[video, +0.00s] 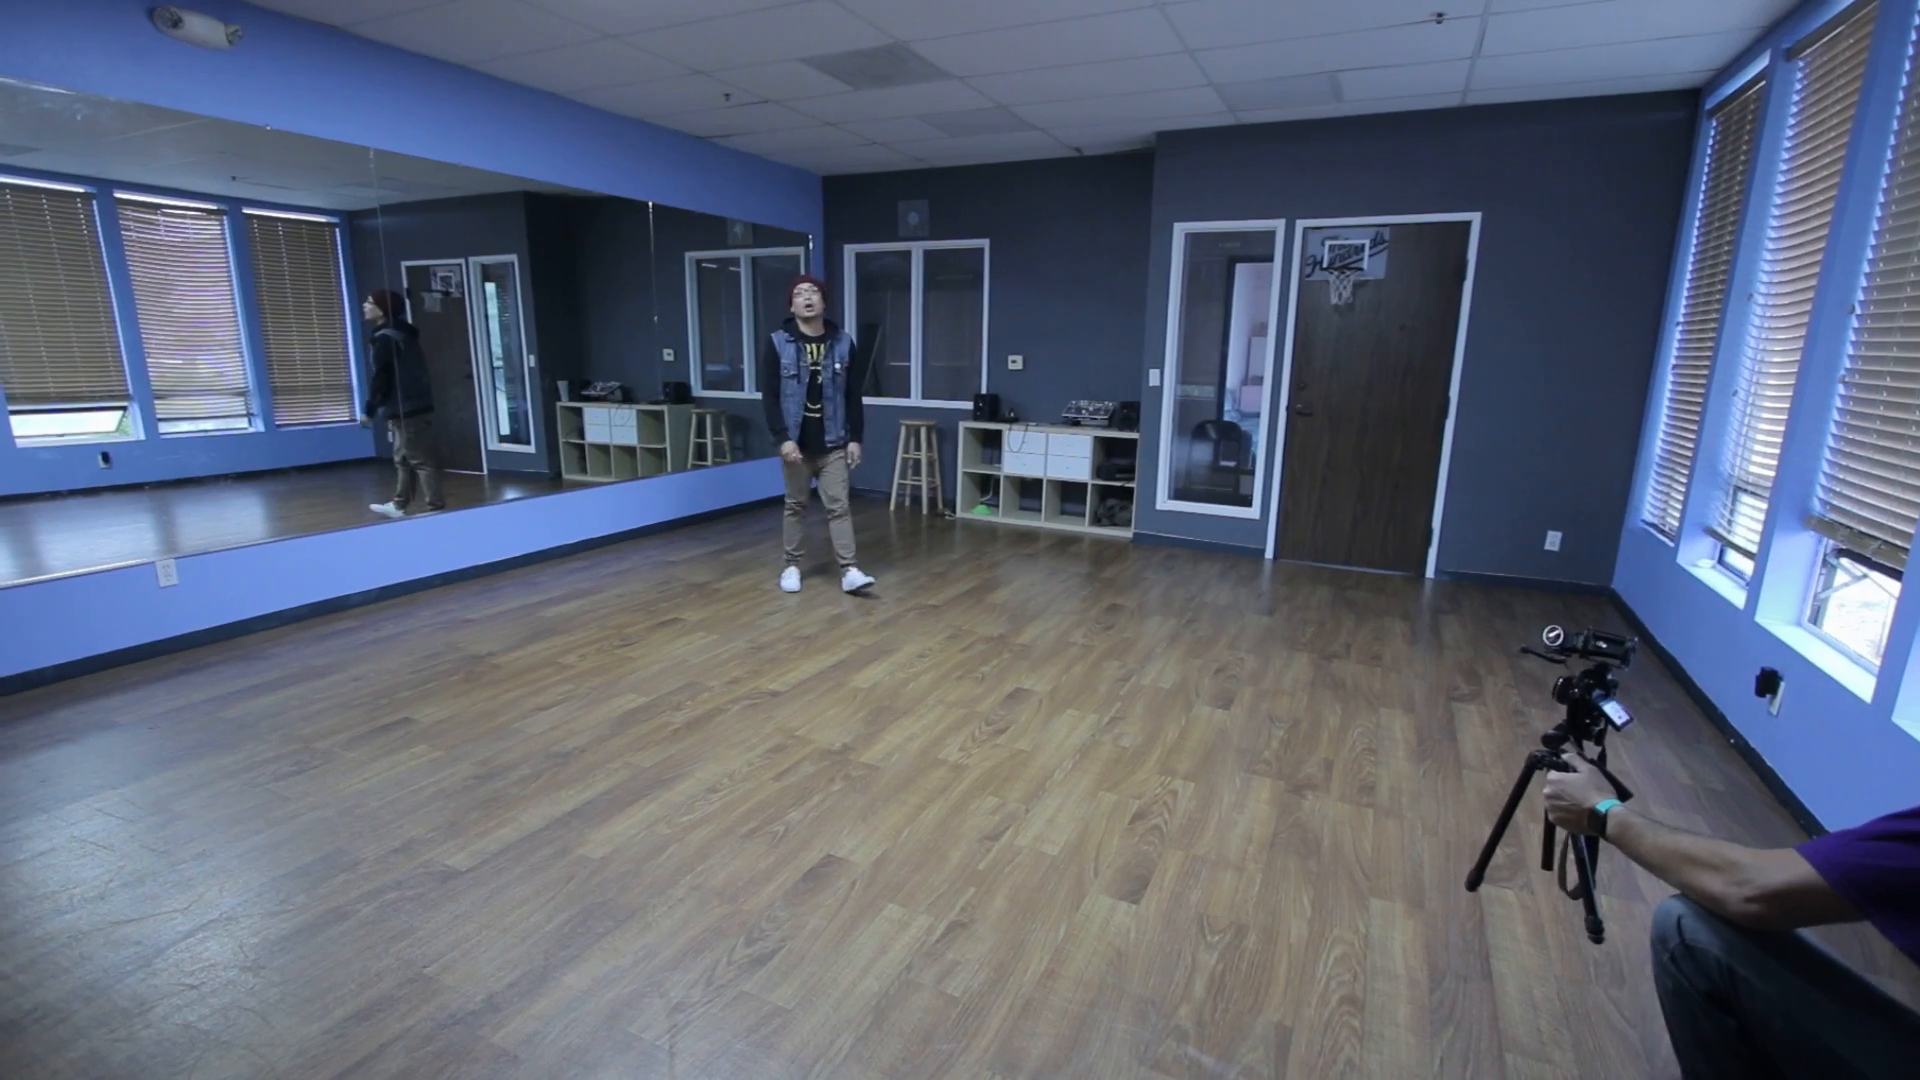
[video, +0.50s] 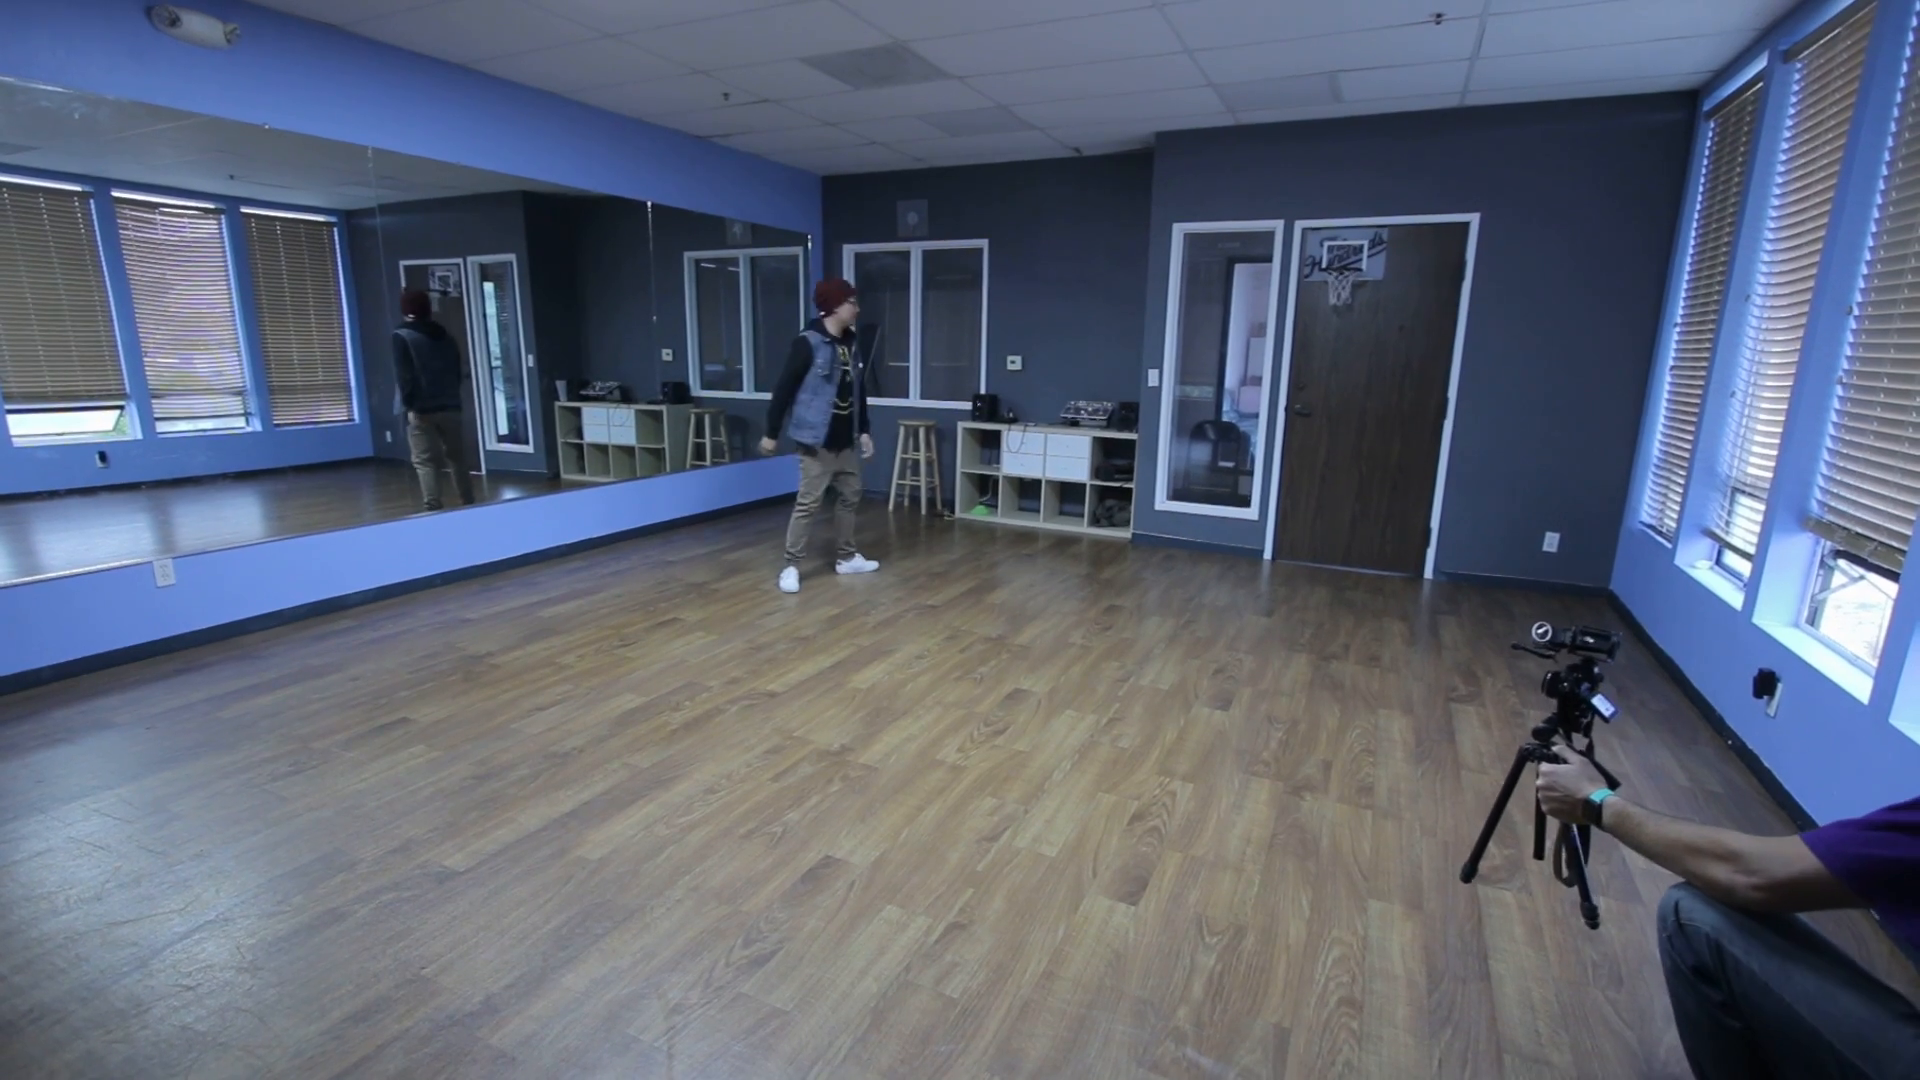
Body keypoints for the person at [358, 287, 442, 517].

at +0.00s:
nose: (365, 307)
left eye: (370, 304)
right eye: (367, 303)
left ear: (382, 310)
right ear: (386, 310)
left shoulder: (383, 338)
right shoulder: (405, 332)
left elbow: (382, 378)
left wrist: (369, 411)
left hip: (405, 407)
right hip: (414, 404)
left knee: (418, 458)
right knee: (403, 457)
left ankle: (436, 507)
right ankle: (399, 504)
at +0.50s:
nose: (403, 313)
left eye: (404, 308)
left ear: (405, 311)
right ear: (428, 308)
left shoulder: (402, 336)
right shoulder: (444, 333)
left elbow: (404, 375)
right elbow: (456, 370)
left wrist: (408, 404)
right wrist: (451, 394)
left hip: (420, 408)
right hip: (449, 405)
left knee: (424, 459)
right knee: (456, 456)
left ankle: (432, 506)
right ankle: (468, 501)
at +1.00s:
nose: (467, 316)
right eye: (465, 312)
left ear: (443, 315)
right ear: (465, 313)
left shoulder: (428, 342)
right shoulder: (477, 340)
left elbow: (425, 379)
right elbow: (499, 372)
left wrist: (433, 409)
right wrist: (517, 399)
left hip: (447, 408)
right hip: (475, 406)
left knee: (457, 453)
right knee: (472, 455)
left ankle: (462, 496)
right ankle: (467, 499)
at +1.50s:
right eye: (491, 310)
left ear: (468, 312)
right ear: (491, 310)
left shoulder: (458, 338)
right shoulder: (501, 334)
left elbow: (455, 372)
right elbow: (514, 366)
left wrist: (458, 400)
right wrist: (521, 391)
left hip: (472, 398)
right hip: (498, 395)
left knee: (483, 439)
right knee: (511, 438)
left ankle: (487, 486)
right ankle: (486, 470)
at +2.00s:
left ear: (533, 328)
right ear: (555, 328)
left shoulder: (518, 350)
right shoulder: (562, 350)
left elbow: (508, 381)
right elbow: (583, 373)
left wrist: (512, 405)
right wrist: (604, 389)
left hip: (526, 411)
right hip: (556, 410)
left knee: (514, 450)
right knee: (573, 446)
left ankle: (495, 489)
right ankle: (593, 484)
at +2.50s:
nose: (609, 343)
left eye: (609, 340)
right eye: (608, 340)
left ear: (585, 335)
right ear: (603, 339)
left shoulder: (568, 348)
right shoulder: (606, 357)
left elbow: (553, 373)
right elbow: (622, 383)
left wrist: (548, 398)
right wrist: (637, 401)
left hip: (560, 400)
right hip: (585, 405)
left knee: (551, 440)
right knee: (589, 444)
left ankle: (541, 481)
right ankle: (595, 484)